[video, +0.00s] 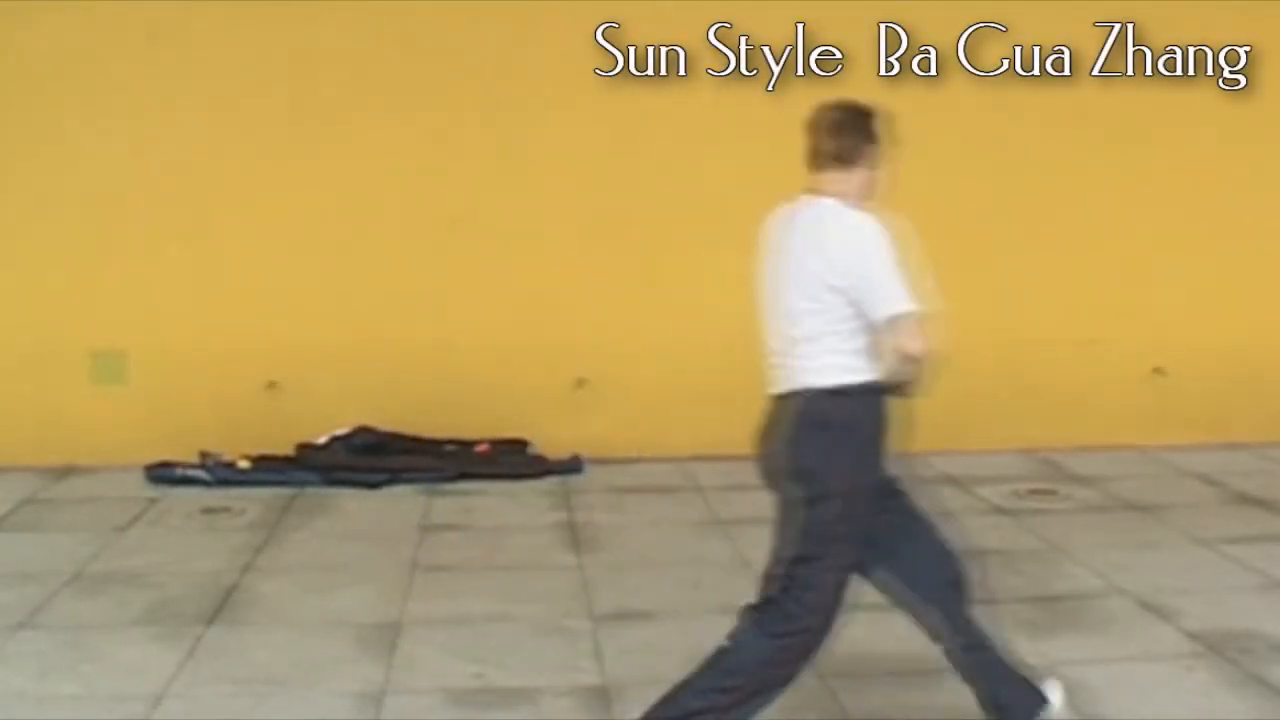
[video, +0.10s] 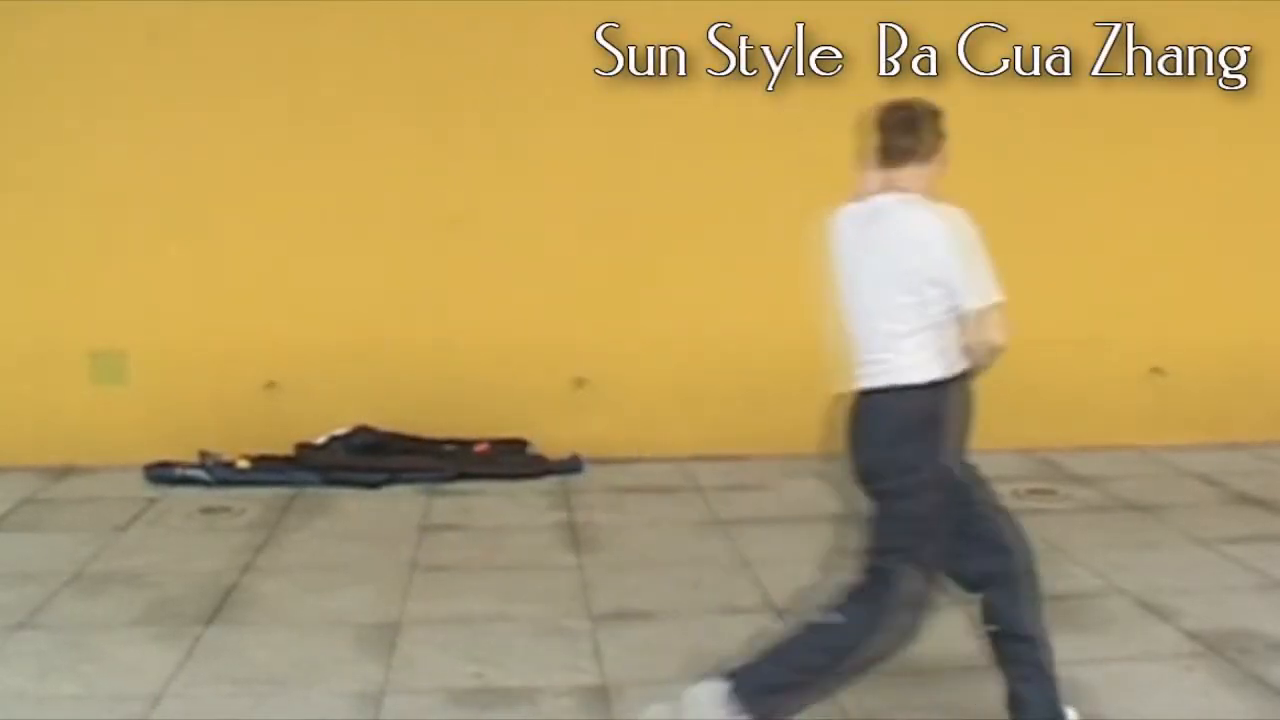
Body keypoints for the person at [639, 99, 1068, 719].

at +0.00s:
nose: (880, 176)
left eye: (878, 164)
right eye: (878, 164)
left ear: (817, 159)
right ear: (866, 162)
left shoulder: (781, 224)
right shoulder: (856, 228)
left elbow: (802, 331)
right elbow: (906, 346)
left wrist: (877, 358)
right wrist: (898, 379)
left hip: (794, 426)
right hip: (838, 429)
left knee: (926, 575)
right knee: (792, 620)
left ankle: (1023, 704)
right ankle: (672, 715)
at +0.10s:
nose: (942, 167)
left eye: (938, 158)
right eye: (941, 157)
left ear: (880, 152)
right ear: (934, 157)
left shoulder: (846, 223)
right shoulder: (941, 223)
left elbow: (867, 327)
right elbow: (987, 336)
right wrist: (941, 367)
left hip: (875, 420)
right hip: (923, 421)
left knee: (1001, 559)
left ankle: (1041, 710)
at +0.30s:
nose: (1024, 150)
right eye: (1028, 140)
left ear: (973, 140)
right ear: (1030, 141)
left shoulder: (937, 205)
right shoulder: (1051, 209)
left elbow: (899, 216)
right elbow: (1093, 310)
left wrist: (899, 181)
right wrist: (1045, 342)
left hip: (959, 400)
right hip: (1030, 396)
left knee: (1027, 548)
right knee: (1107, 539)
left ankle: (1038, 682)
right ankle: (1075, 678)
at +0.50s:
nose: (1047, 165)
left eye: (1043, 155)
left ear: (1042, 157)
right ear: (1098, 158)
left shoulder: (1015, 219)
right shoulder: (1129, 222)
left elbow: (952, 225)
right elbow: (1163, 316)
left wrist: (923, 195)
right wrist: (1111, 347)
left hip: (1035, 405)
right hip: (1112, 402)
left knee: (1056, 561)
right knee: (1166, 523)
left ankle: (1043, 703)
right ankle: (1220, 627)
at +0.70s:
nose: (1085, 166)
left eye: (1086, 156)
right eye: (1087, 156)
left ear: (1099, 157)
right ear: (1143, 159)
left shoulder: (1074, 216)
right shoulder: (1184, 219)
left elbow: (993, 220)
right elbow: (1203, 304)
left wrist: (939, 195)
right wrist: (1157, 332)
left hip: (1098, 384)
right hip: (1173, 380)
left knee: (1110, 515)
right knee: (1195, 506)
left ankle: (1097, 611)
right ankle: (1210, 632)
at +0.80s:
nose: (1088, 157)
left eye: (1091, 146)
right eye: (1090, 147)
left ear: (1108, 147)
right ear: (1144, 148)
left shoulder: (1087, 204)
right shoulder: (1190, 207)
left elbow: (999, 211)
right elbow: (1204, 292)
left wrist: (935, 191)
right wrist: (1151, 298)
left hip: (1107, 368)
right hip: (1178, 363)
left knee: (1121, 487)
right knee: (1191, 488)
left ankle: (1140, 588)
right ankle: (1209, 629)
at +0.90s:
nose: (1083, 157)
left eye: (1087, 147)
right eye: (1084, 147)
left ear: (1110, 147)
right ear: (1137, 149)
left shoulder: (1089, 201)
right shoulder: (1188, 205)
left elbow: (997, 208)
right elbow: (1191, 292)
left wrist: (929, 190)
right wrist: (1098, 322)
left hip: (1109, 363)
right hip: (1179, 357)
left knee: (1114, 474)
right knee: (1185, 483)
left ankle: (1158, 581)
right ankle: (1208, 627)